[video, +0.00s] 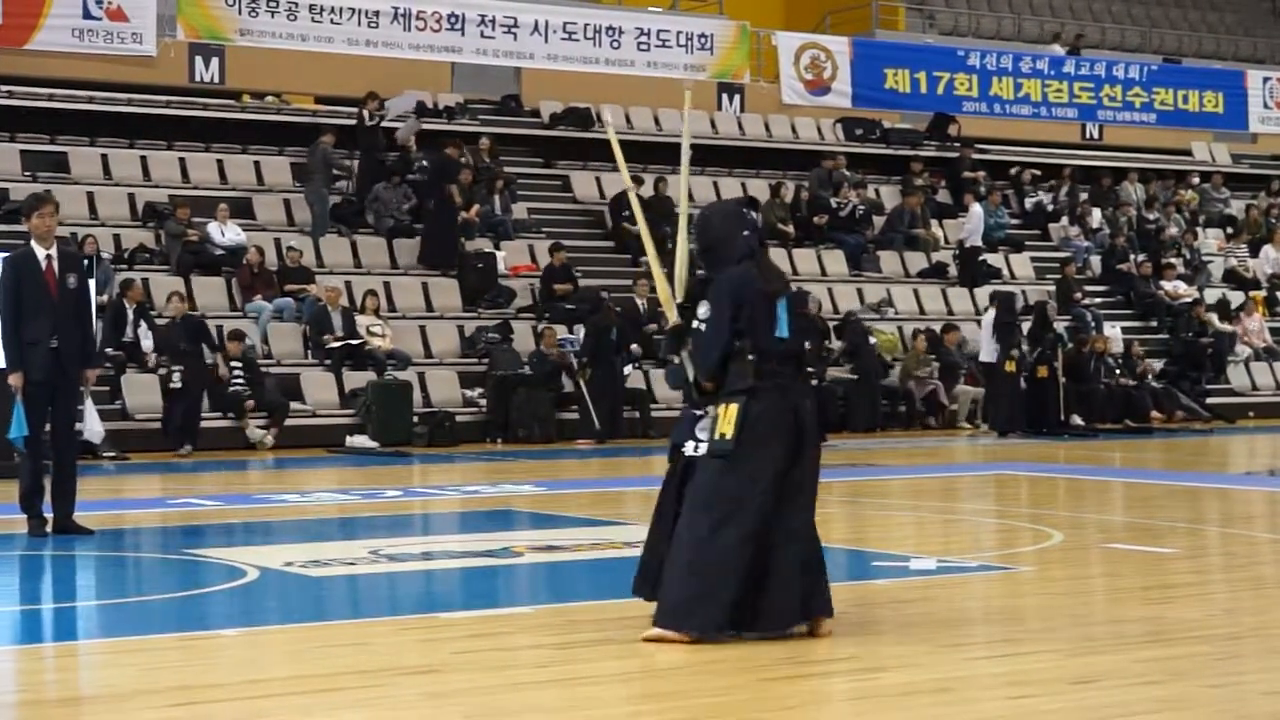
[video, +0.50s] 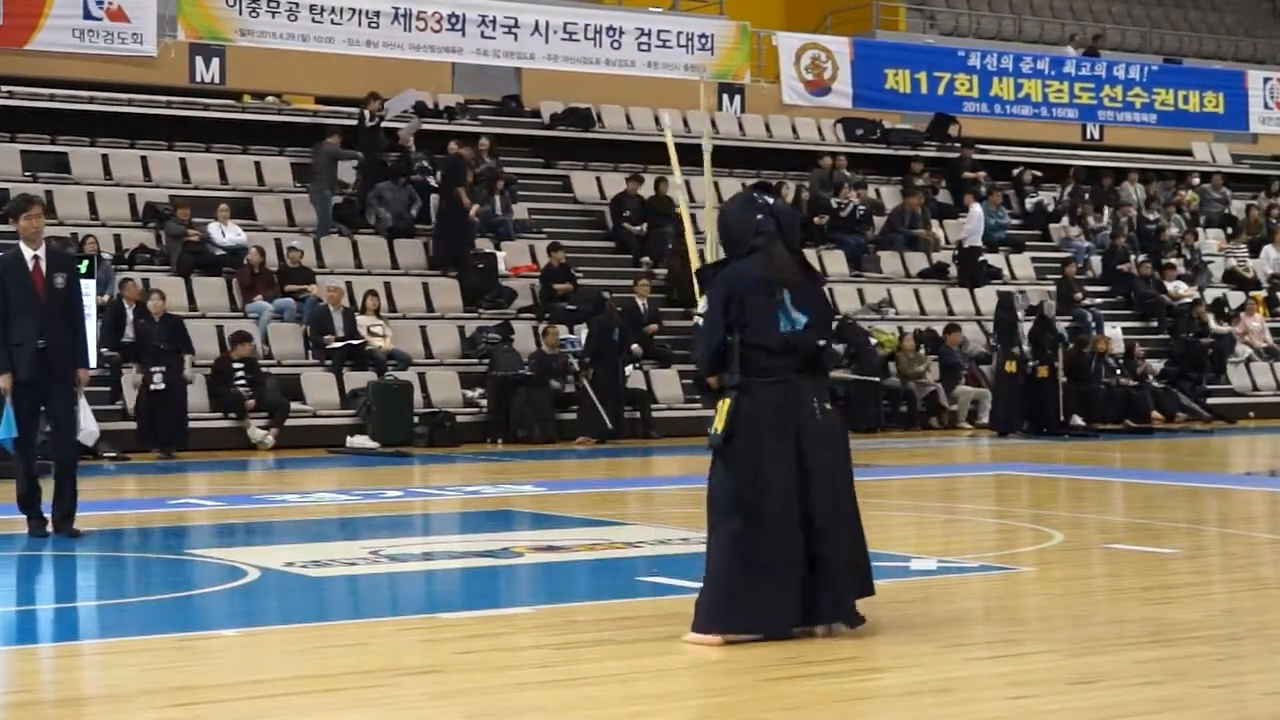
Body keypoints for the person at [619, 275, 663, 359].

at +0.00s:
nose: (644, 288)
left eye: (646, 286)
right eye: (641, 286)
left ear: (649, 287)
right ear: (634, 288)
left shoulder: (654, 303)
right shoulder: (627, 304)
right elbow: (626, 326)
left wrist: (656, 326)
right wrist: (632, 343)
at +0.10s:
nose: (644, 288)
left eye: (646, 286)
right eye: (641, 286)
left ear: (649, 288)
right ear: (634, 288)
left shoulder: (652, 304)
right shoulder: (627, 305)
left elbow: (659, 323)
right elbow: (626, 327)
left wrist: (656, 327)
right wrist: (632, 343)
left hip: (649, 344)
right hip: (633, 343)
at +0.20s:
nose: (645, 288)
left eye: (647, 285)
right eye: (642, 285)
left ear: (649, 288)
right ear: (635, 288)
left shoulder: (653, 304)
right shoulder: (627, 305)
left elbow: (659, 322)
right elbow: (626, 327)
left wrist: (656, 327)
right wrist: (632, 343)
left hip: (649, 344)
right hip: (633, 343)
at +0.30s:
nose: (645, 289)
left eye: (647, 286)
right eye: (642, 286)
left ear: (650, 288)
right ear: (635, 288)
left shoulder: (653, 305)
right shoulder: (627, 305)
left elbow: (660, 325)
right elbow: (625, 328)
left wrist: (656, 327)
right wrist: (632, 344)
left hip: (649, 345)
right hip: (633, 344)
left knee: (667, 355)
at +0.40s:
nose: (645, 289)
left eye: (647, 286)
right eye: (642, 286)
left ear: (650, 288)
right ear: (635, 288)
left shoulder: (653, 305)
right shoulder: (628, 305)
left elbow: (660, 324)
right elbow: (626, 328)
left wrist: (656, 327)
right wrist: (632, 344)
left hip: (649, 344)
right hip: (633, 344)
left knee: (667, 355)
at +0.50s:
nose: (646, 289)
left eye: (647, 286)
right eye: (642, 286)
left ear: (650, 288)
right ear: (635, 288)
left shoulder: (652, 305)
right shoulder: (628, 305)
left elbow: (660, 324)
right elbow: (626, 328)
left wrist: (656, 327)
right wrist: (632, 344)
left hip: (649, 345)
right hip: (633, 344)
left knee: (667, 355)